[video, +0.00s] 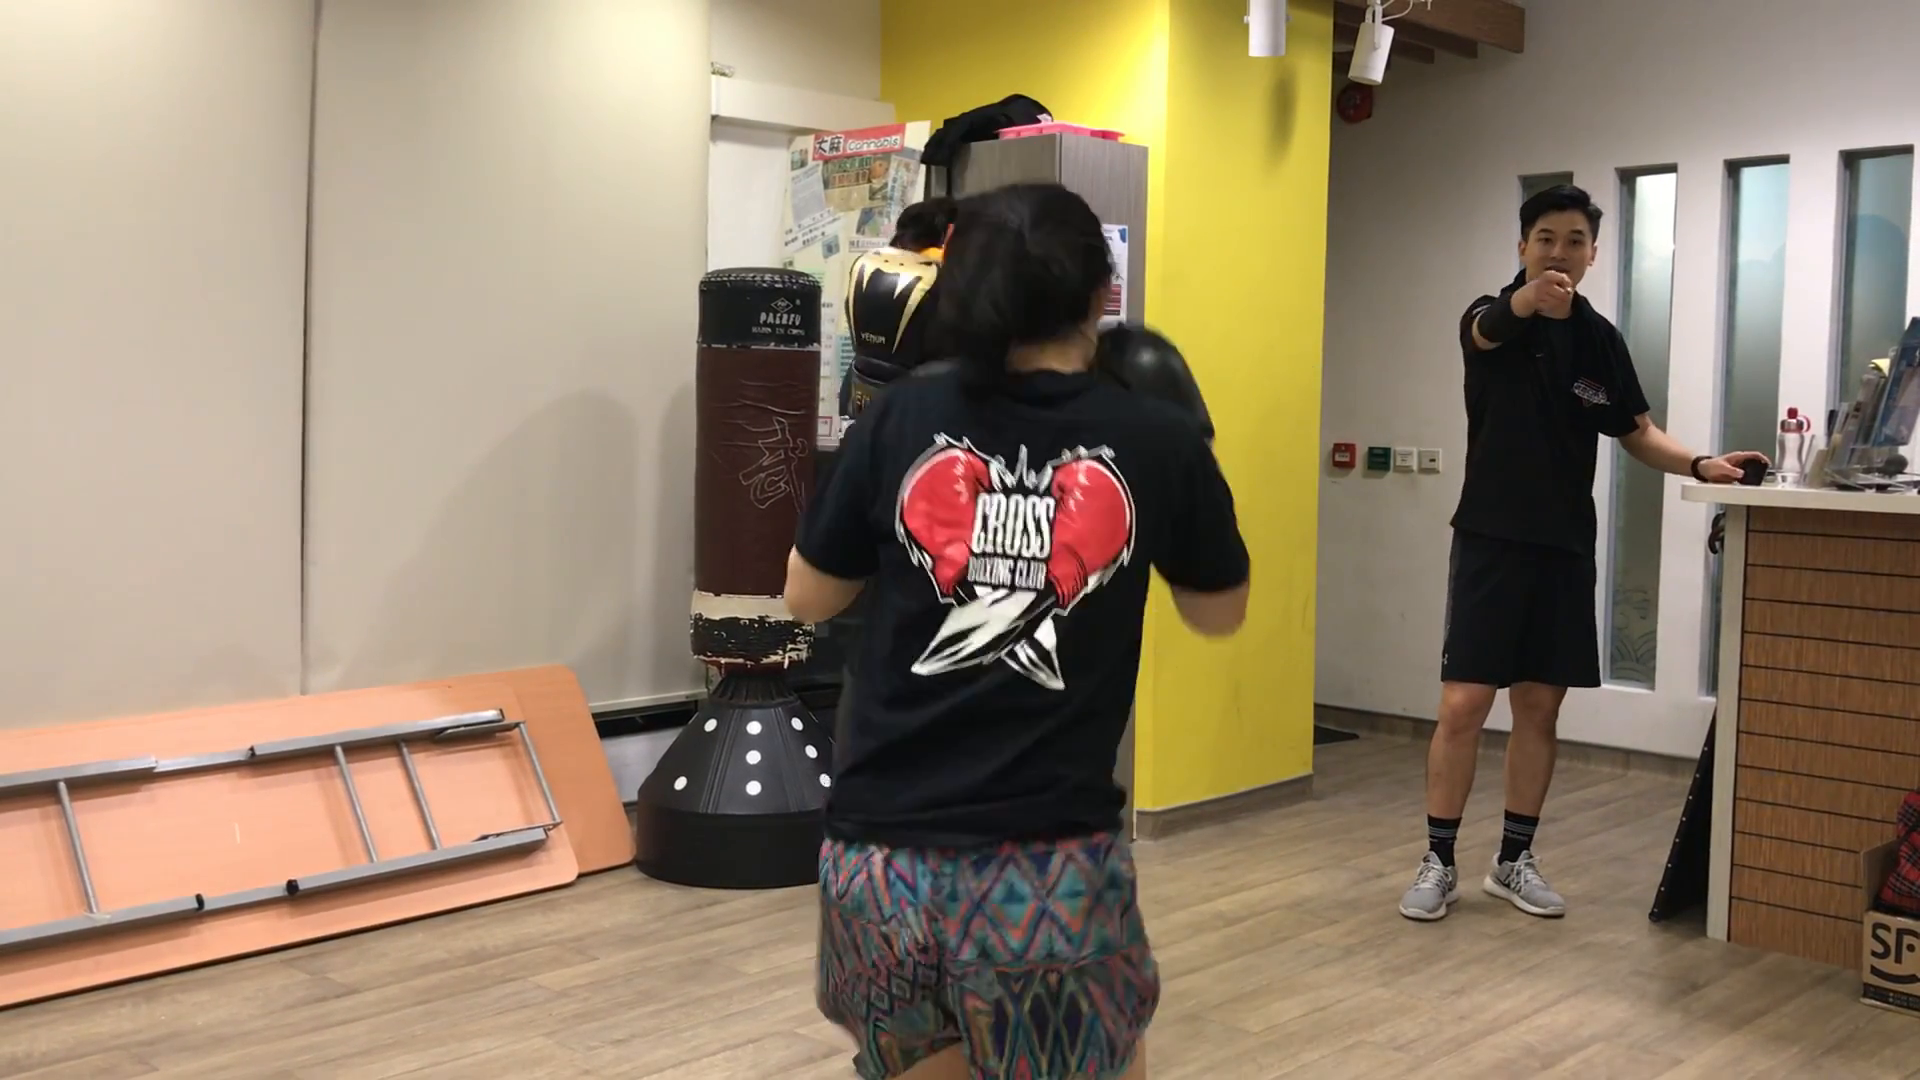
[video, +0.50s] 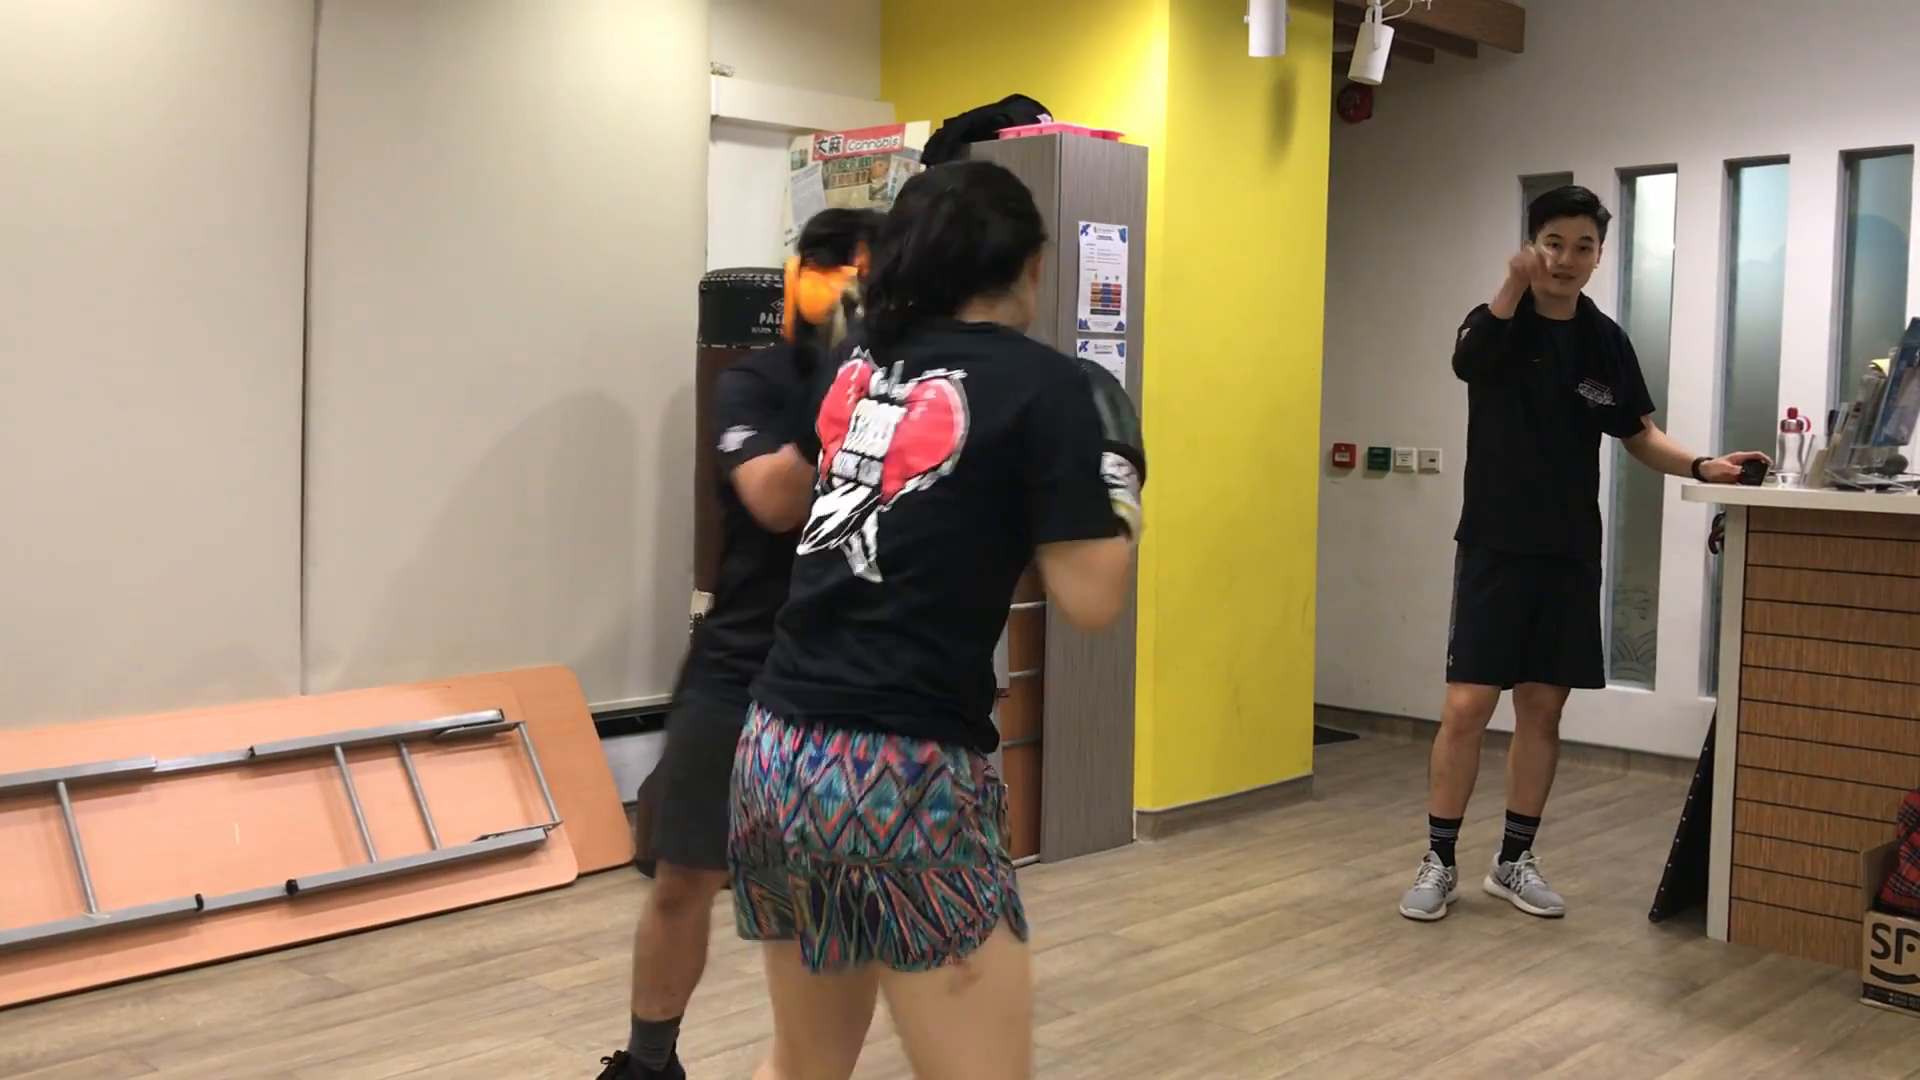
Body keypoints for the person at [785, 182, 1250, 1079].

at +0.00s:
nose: (1115, 292)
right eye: (1109, 275)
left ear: (964, 289)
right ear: (1100, 296)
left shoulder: (901, 416)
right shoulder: (1150, 436)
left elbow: (810, 592)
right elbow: (1217, 609)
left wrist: (924, 517)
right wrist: (1183, 432)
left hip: (875, 873)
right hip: (1053, 876)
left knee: (918, 1066)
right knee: (1066, 1063)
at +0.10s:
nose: (1116, 283)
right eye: (1113, 268)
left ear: (966, 290)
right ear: (1108, 292)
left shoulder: (910, 404)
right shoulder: (1146, 422)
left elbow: (775, 561)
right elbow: (1207, 644)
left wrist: (900, 505)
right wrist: (1129, 501)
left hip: (860, 831)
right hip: (1029, 850)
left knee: (908, 1063)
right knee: (1088, 1062)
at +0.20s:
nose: (1106, 252)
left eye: (1102, 237)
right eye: (1101, 238)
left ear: (960, 252)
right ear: (1089, 253)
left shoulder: (896, 361)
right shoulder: (1123, 391)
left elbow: (781, 457)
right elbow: (1168, 601)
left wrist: (883, 465)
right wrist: (1162, 476)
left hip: (825, 766)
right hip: (971, 794)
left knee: (880, 1057)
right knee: (1016, 1062)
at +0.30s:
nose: (1067, 265)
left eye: (1063, 246)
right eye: (1062, 247)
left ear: (941, 262)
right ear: (1038, 263)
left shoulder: (913, 364)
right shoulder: (1025, 374)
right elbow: (1112, 574)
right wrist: (1144, 458)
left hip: (817, 751)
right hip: (917, 775)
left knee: (855, 1062)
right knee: (1020, 1061)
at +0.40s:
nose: (1036, 303)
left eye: (1033, 283)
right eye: (1033, 283)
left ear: (915, 281)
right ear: (1009, 289)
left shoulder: (872, 383)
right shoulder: (997, 398)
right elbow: (1071, 599)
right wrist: (1108, 474)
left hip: (789, 769)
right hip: (901, 795)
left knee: (826, 1062)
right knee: (1029, 1062)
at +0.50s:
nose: (1042, 279)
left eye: (1039, 259)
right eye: (1040, 260)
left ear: (907, 262)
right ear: (1021, 266)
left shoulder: (854, 373)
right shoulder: (1040, 385)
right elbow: (1096, 597)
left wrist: (1035, 526)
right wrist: (1111, 478)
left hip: (776, 745)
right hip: (911, 771)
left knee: (806, 1057)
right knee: (979, 1062)